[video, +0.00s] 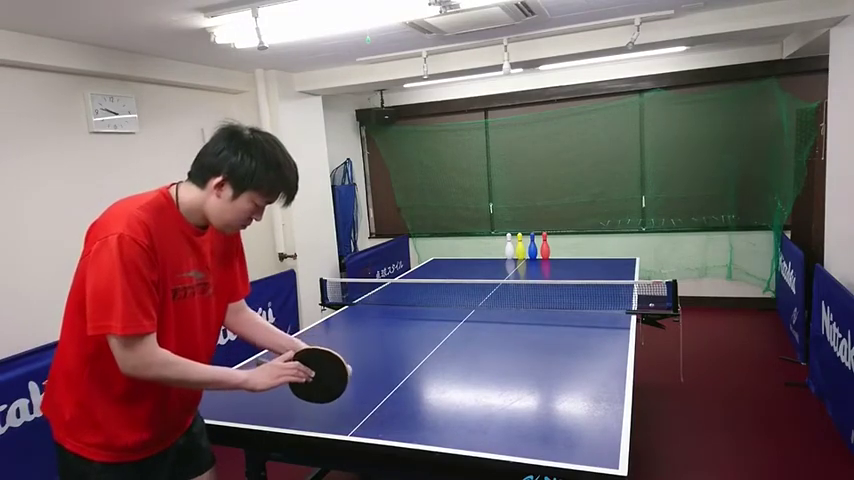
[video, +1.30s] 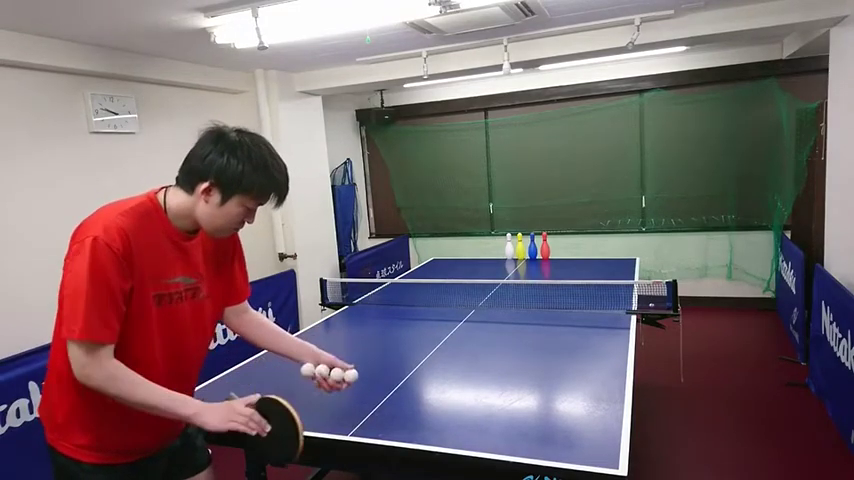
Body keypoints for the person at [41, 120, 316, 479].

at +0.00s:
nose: (258, 218)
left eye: (263, 208)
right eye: (256, 205)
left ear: (219, 188)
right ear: (219, 187)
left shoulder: (221, 228)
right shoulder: (125, 236)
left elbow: (235, 312)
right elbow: (135, 358)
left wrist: (298, 350)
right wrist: (248, 378)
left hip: (173, 421)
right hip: (104, 440)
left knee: (202, 472)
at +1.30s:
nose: (249, 221)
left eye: (255, 212)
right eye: (247, 210)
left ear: (207, 193)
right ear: (207, 192)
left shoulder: (217, 232)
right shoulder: (105, 239)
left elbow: (238, 312)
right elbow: (90, 364)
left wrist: (311, 355)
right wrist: (200, 411)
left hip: (172, 434)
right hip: (96, 453)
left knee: (200, 472)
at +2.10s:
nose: (268, 225)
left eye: (273, 216)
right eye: (266, 214)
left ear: (228, 197)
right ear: (228, 196)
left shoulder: (233, 234)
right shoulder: (132, 239)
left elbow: (252, 304)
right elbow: (84, 354)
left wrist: (316, 335)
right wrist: (197, 391)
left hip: (176, 428)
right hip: (105, 442)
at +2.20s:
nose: (281, 228)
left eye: (286, 219)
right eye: (281, 216)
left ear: (247, 201)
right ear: (246, 200)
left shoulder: (237, 231)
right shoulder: (159, 245)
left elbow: (255, 303)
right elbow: (152, 363)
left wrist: (317, 319)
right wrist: (264, 388)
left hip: (176, 415)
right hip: (112, 430)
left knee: (199, 472)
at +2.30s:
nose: (292, 228)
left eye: (297, 219)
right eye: (293, 216)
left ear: (258, 202)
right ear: (261, 203)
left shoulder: (235, 225)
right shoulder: (191, 262)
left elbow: (255, 299)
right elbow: (239, 352)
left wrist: (303, 299)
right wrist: (318, 364)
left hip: (172, 410)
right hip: (118, 426)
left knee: (202, 472)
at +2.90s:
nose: (284, 188)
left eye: (286, 178)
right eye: (285, 178)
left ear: (225, 165)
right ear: (267, 178)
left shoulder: (192, 204)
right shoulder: (224, 234)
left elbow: (218, 293)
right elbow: (253, 330)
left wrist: (270, 278)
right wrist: (309, 332)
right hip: (143, 428)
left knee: (207, 471)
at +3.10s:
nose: (251, 177)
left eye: (254, 166)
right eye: (252, 166)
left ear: (189, 159)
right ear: (231, 167)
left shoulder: (165, 204)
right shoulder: (183, 226)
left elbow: (180, 284)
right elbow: (219, 336)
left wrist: (241, 292)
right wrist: (288, 341)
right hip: (130, 436)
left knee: (200, 468)